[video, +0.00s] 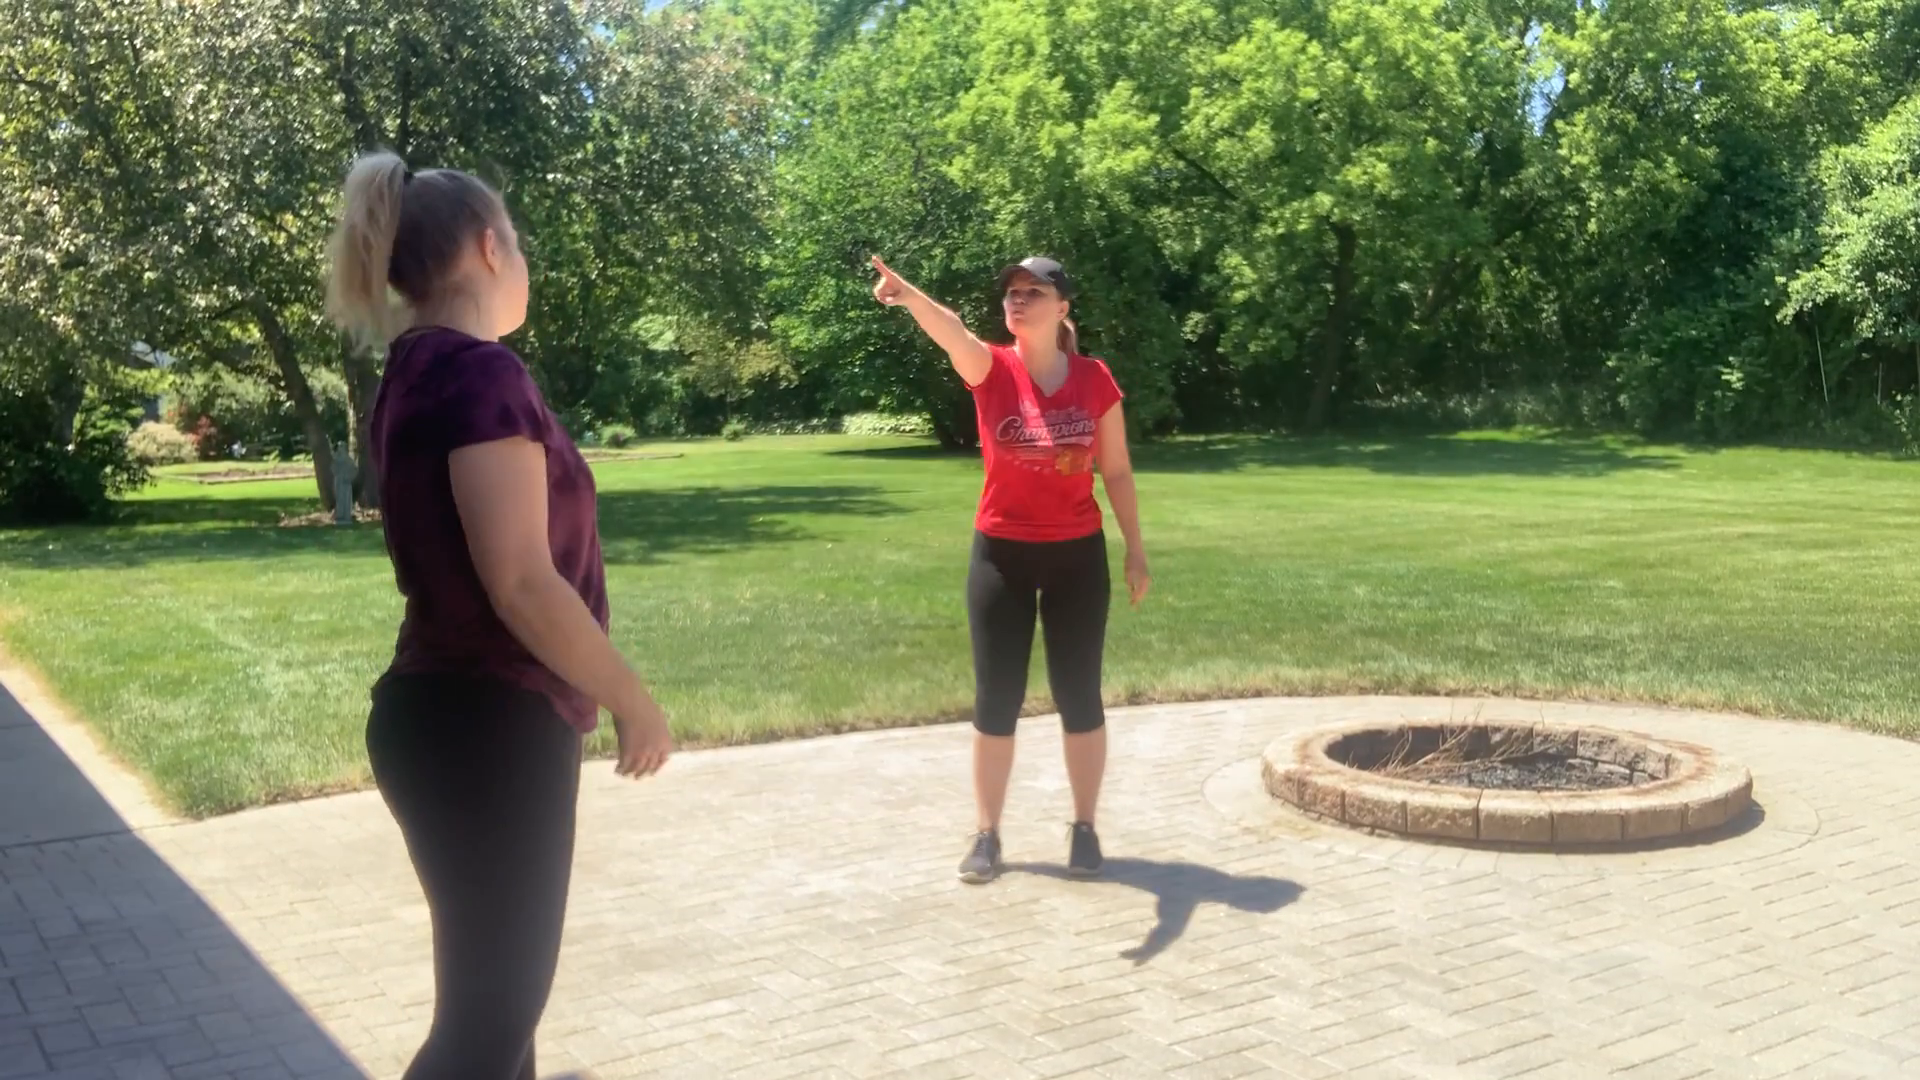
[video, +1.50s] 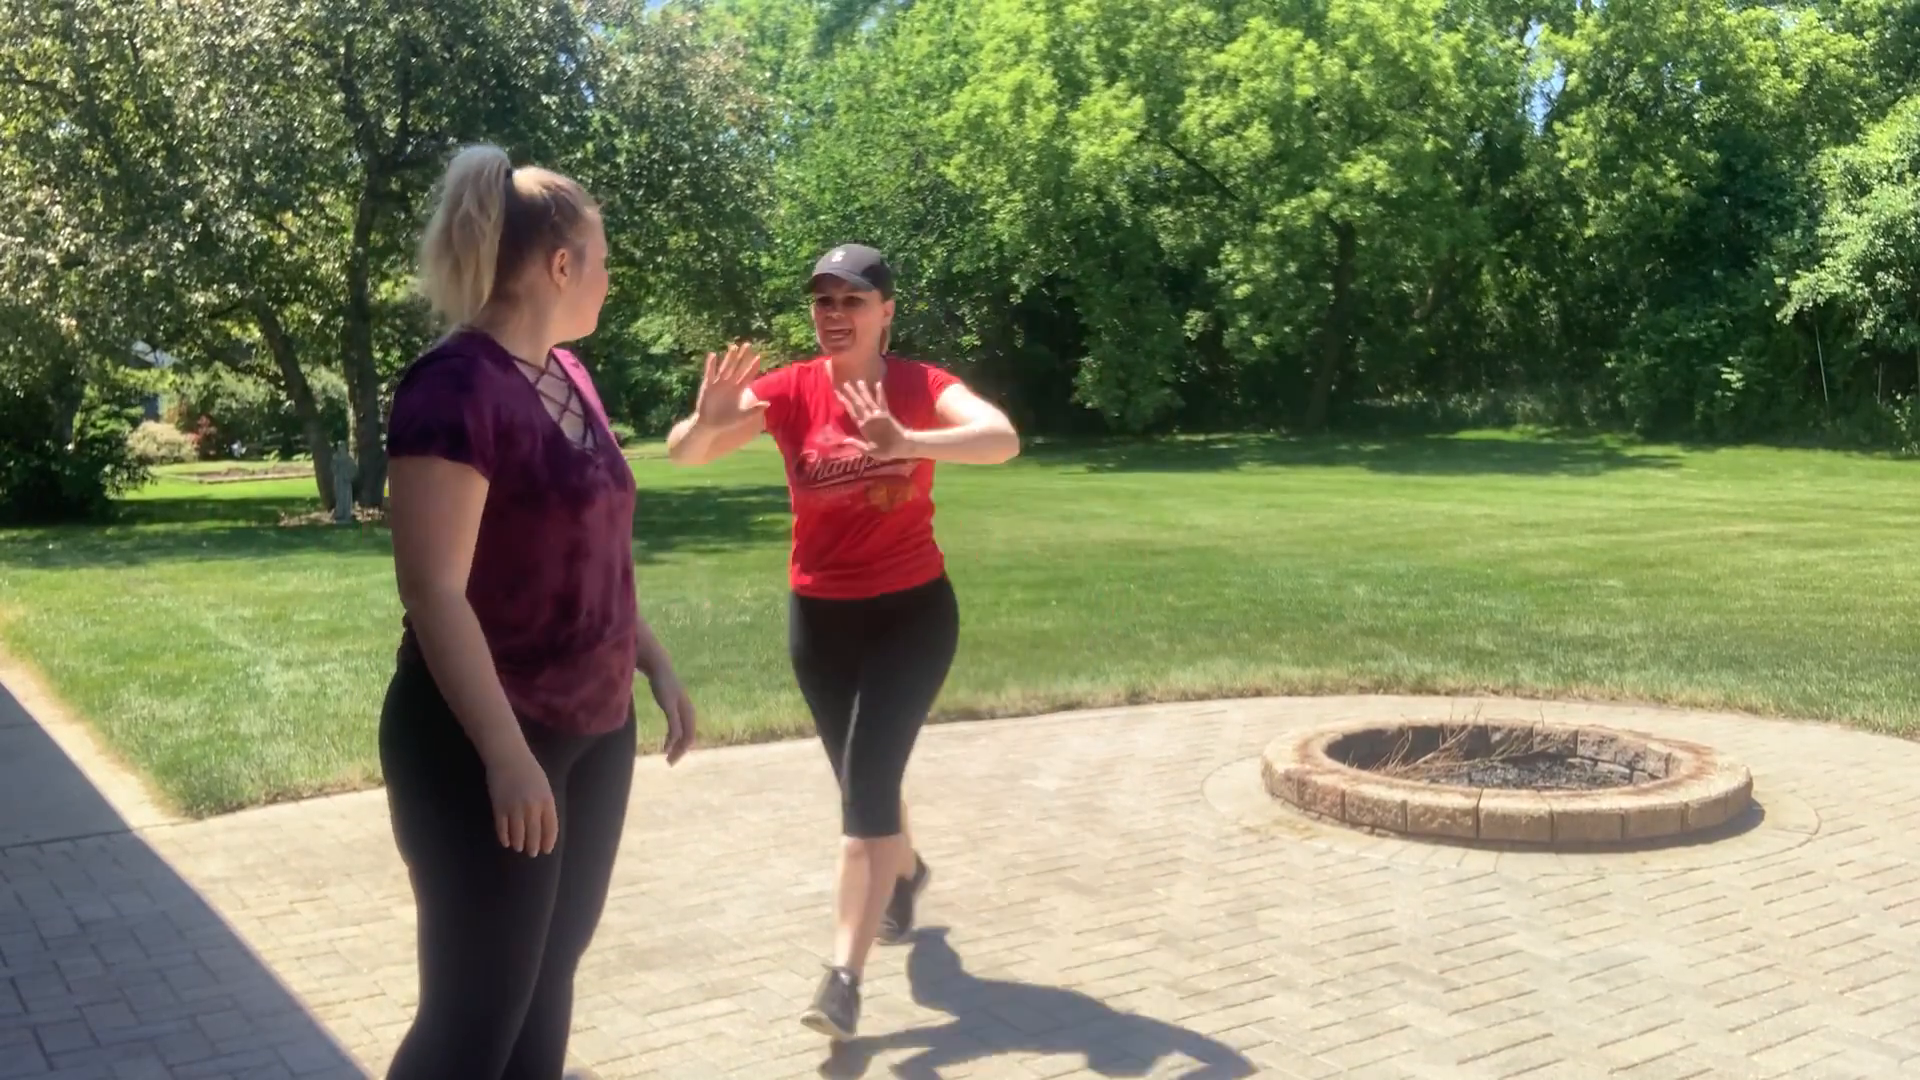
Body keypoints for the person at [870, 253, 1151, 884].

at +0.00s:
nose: (1017, 303)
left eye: (1032, 294)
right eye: (1011, 295)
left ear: (1063, 306)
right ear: (1003, 308)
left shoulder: (1094, 379)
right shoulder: (992, 367)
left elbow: (1117, 470)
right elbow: (954, 335)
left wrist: (1134, 546)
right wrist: (911, 296)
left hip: (1077, 554)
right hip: (1000, 554)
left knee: (1079, 696)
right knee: (996, 698)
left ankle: (1085, 827)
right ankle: (986, 834)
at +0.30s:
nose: (1003, 303)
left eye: (1017, 294)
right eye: (995, 294)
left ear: (1046, 306)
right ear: (985, 305)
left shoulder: (1071, 379)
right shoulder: (969, 365)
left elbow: (1087, 473)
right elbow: (925, 338)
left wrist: (1108, 549)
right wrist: (890, 293)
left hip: (1051, 555)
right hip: (974, 556)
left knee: (1060, 697)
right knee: (980, 703)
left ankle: (1079, 827)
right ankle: (985, 835)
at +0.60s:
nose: (1007, 309)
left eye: (1021, 300)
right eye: (1000, 299)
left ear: (1050, 309)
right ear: (990, 307)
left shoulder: (1076, 384)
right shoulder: (965, 371)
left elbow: (1091, 478)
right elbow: (884, 403)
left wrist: (1104, 558)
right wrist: (893, 367)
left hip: (1052, 560)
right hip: (975, 560)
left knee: (1060, 702)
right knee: (979, 704)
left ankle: (1064, 823)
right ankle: (985, 834)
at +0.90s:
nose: (1012, 332)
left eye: (1027, 324)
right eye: (1005, 322)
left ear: (1055, 338)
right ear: (993, 334)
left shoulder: (1081, 411)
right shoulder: (967, 405)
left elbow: (1098, 508)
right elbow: (953, 494)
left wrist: (1078, 581)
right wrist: (940, 571)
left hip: (1049, 581)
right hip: (969, 578)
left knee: (1063, 722)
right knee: (963, 711)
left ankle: (1067, 812)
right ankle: (976, 846)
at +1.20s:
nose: (931, 344)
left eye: (945, 336)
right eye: (921, 334)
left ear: (970, 352)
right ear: (905, 351)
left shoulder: (993, 409)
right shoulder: (877, 423)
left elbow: (1054, 452)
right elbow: (801, 483)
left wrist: (966, 413)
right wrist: (809, 437)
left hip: (1000, 603)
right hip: (917, 604)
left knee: (1020, 742)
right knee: (903, 750)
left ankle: (1062, 793)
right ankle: (919, 889)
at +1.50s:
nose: (835, 314)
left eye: (852, 301)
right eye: (823, 301)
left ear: (887, 310)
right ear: (811, 310)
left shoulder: (918, 385)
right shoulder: (787, 388)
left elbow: (1001, 438)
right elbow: (686, 455)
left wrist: (910, 442)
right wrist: (705, 420)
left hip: (911, 609)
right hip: (819, 613)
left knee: (866, 776)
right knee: (854, 772)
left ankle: (845, 972)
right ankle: (903, 867)